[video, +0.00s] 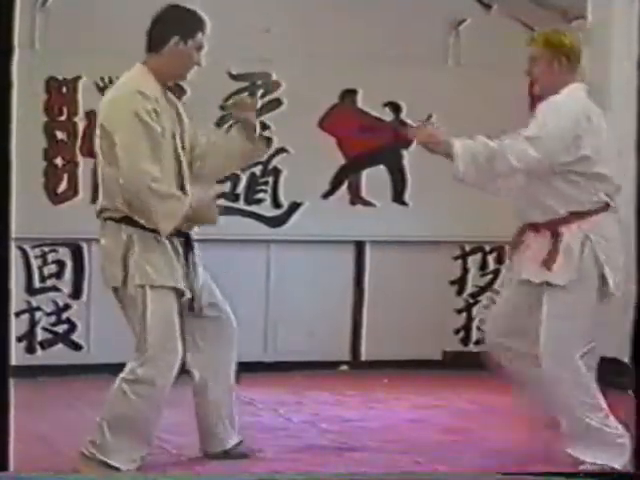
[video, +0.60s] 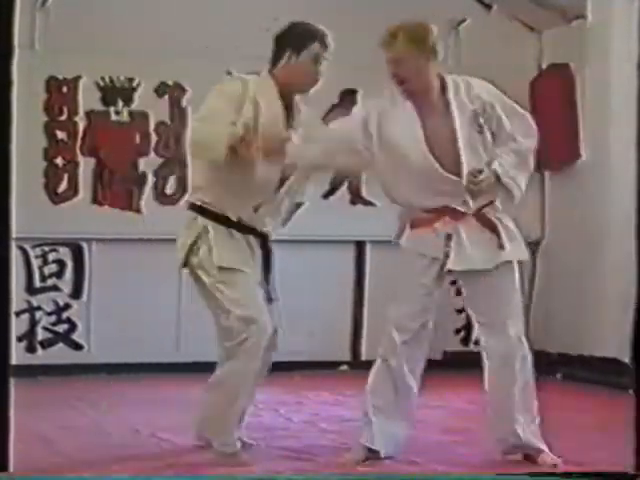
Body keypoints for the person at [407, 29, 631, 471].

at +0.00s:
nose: (529, 73)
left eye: (536, 63)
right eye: (530, 64)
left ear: (560, 66)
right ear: (556, 68)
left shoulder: (571, 107)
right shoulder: (556, 110)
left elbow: (521, 157)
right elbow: (511, 166)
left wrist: (450, 148)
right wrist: (448, 149)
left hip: (582, 241)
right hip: (544, 241)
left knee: (561, 355)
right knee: (504, 335)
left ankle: (607, 453)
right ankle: (573, 419)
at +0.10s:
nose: (515, 71)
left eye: (521, 62)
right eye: (515, 63)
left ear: (547, 64)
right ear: (540, 67)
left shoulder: (559, 106)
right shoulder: (542, 108)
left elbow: (504, 148)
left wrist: (426, 140)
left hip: (563, 245)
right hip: (525, 241)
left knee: (559, 354)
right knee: (464, 317)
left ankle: (606, 453)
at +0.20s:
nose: (491, 68)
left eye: (498, 58)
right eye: (490, 59)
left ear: (524, 60)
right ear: (512, 64)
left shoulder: (540, 105)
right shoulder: (517, 107)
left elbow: (485, 145)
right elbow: (475, 144)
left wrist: (411, 148)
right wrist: (413, 142)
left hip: (530, 243)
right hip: (486, 240)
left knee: (557, 356)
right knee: (433, 337)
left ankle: (599, 453)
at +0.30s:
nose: (474, 67)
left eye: (483, 58)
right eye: (472, 59)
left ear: (509, 60)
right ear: (471, 63)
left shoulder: (527, 109)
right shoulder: (452, 107)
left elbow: (492, 156)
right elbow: (435, 159)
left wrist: (422, 161)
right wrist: (407, 153)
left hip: (510, 241)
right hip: (455, 239)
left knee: (543, 353)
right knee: (415, 344)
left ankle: (594, 452)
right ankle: (369, 439)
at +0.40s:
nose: (435, 59)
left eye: (444, 50)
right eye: (432, 50)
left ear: (468, 52)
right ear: (431, 53)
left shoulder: (496, 102)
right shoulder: (420, 98)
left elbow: (522, 172)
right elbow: (360, 100)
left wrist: (466, 188)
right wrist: (312, 83)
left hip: (493, 238)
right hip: (436, 235)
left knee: (522, 348)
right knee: (407, 341)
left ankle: (569, 443)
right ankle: (376, 445)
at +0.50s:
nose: (413, 71)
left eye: (421, 63)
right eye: (410, 63)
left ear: (450, 56)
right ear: (407, 59)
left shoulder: (489, 98)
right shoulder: (397, 97)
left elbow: (528, 156)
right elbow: (344, 90)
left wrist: (482, 188)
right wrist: (295, 80)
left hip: (491, 235)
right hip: (431, 233)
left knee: (513, 341)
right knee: (408, 338)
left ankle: (544, 440)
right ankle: (378, 442)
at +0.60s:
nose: (396, 75)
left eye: (403, 66)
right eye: (391, 67)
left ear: (430, 60)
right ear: (387, 66)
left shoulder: (474, 95)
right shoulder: (378, 115)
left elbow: (524, 134)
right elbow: (330, 146)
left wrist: (498, 181)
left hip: (485, 229)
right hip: (421, 233)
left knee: (507, 340)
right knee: (401, 339)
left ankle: (521, 439)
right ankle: (379, 443)